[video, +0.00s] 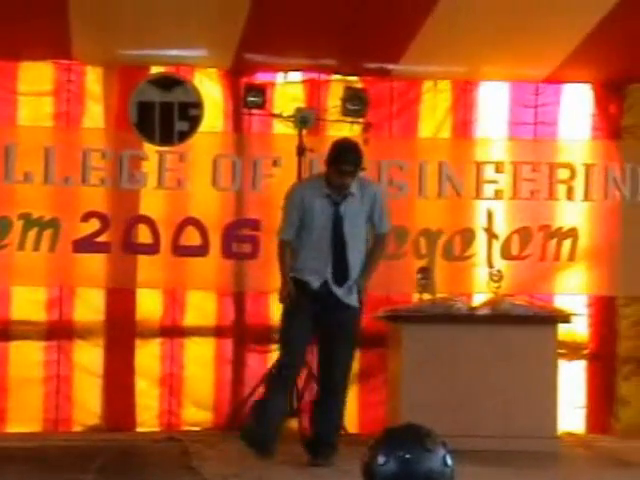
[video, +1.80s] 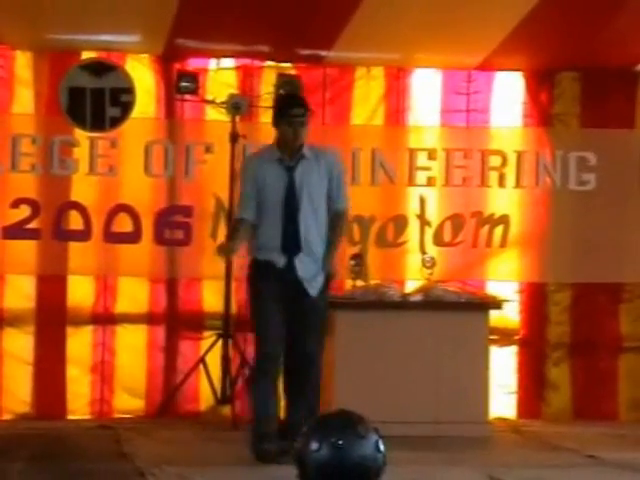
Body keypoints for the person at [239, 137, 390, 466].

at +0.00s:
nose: (345, 182)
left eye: (351, 176)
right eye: (340, 175)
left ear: (359, 172)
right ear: (327, 168)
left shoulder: (370, 195)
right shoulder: (302, 193)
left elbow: (380, 237)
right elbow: (286, 239)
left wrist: (364, 279)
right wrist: (285, 280)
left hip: (346, 293)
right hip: (306, 289)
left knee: (335, 374)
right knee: (289, 363)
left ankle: (324, 444)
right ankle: (263, 432)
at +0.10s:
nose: (346, 181)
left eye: (352, 174)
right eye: (340, 174)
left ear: (359, 171)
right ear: (328, 167)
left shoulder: (370, 193)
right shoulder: (301, 192)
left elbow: (381, 234)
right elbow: (285, 236)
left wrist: (363, 279)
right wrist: (293, 276)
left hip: (346, 291)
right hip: (307, 288)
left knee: (342, 367)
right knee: (304, 364)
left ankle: (330, 439)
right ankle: (307, 436)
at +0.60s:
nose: (320, 179)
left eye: (325, 171)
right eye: (314, 171)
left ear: (332, 169)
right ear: (300, 168)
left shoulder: (343, 196)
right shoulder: (276, 197)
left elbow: (351, 242)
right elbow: (263, 246)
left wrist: (338, 286)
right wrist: (277, 285)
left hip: (320, 296)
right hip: (283, 294)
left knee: (312, 373)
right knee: (278, 371)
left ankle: (280, 436)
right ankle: (285, 444)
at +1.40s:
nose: (296, 149)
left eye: (301, 140)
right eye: (289, 141)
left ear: (308, 140)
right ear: (276, 141)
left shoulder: (322, 176)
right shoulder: (251, 177)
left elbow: (329, 222)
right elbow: (238, 231)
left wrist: (329, 262)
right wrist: (255, 277)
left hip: (314, 282)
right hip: (273, 284)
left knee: (331, 356)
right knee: (283, 359)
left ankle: (321, 422)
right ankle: (306, 422)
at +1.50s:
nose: (300, 145)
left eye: (306, 137)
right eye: (293, 137)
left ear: (314, 141)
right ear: (281, 141)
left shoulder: (331, 180)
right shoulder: (257, 179)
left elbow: (339, 227)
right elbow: (236, 234)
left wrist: (328, 270)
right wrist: (249, 277)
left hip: (309, 280)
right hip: (265, 277)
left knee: (308, 365)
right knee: (247, 343)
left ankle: (293, 434)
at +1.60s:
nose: (296, 147)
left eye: (301, 139)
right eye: (289, 139)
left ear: (311, 141)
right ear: (278, 143)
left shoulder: (330, 184)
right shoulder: (261, 184)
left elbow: (341, 233)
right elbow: (237, 232)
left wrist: (329, 276)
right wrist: (244, 273)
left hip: (307, 287)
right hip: (264, 281)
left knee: (297, 369)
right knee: (241, 346)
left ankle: (284, 439)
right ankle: (233, 412)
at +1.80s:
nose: (295, 133)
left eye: (300, 124)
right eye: (288, 125)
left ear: (308, 126)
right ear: (276, 126)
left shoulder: (327, 163)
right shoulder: (257, 163)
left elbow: (338, 213)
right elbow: (247, 214)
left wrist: (329, 257)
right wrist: (234, 240)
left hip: (311, 267)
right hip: (268, 267)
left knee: (306, 354)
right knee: (269, 352)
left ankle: (301, 433)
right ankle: (265, 434)